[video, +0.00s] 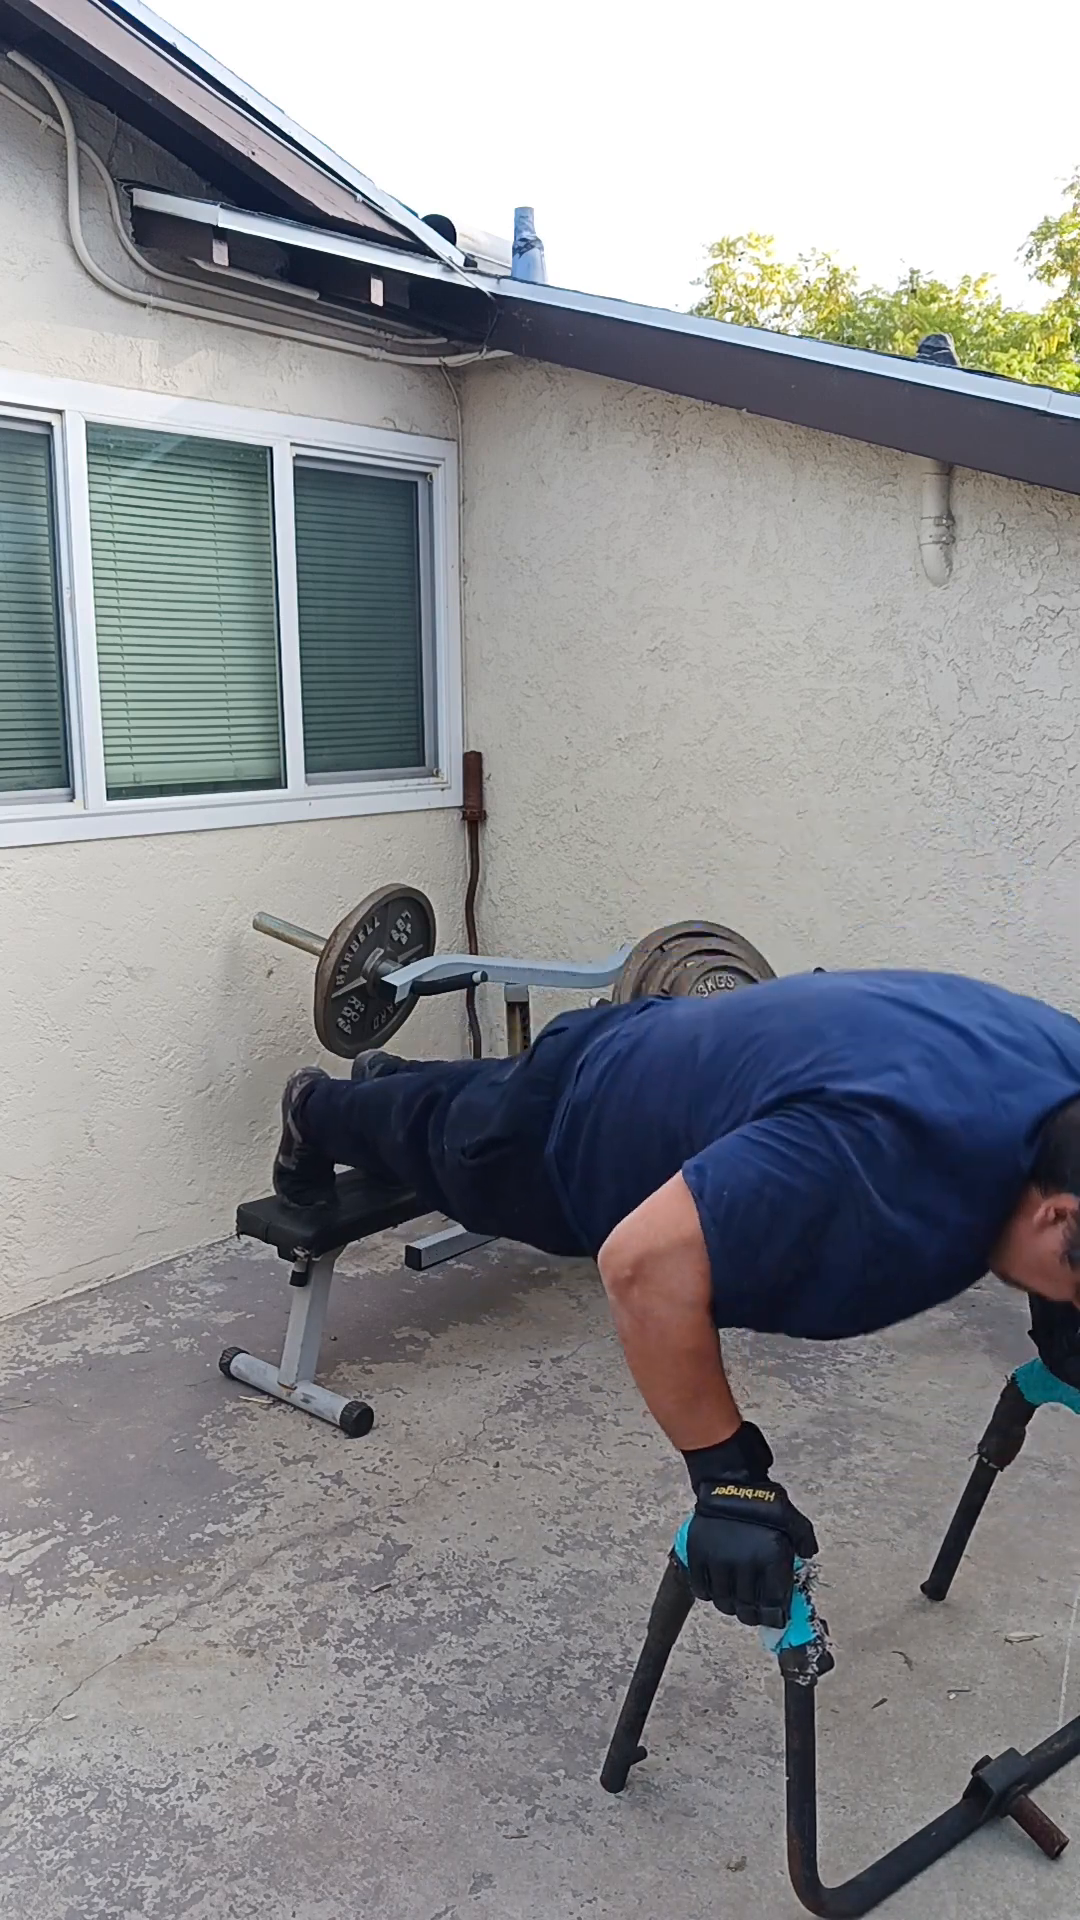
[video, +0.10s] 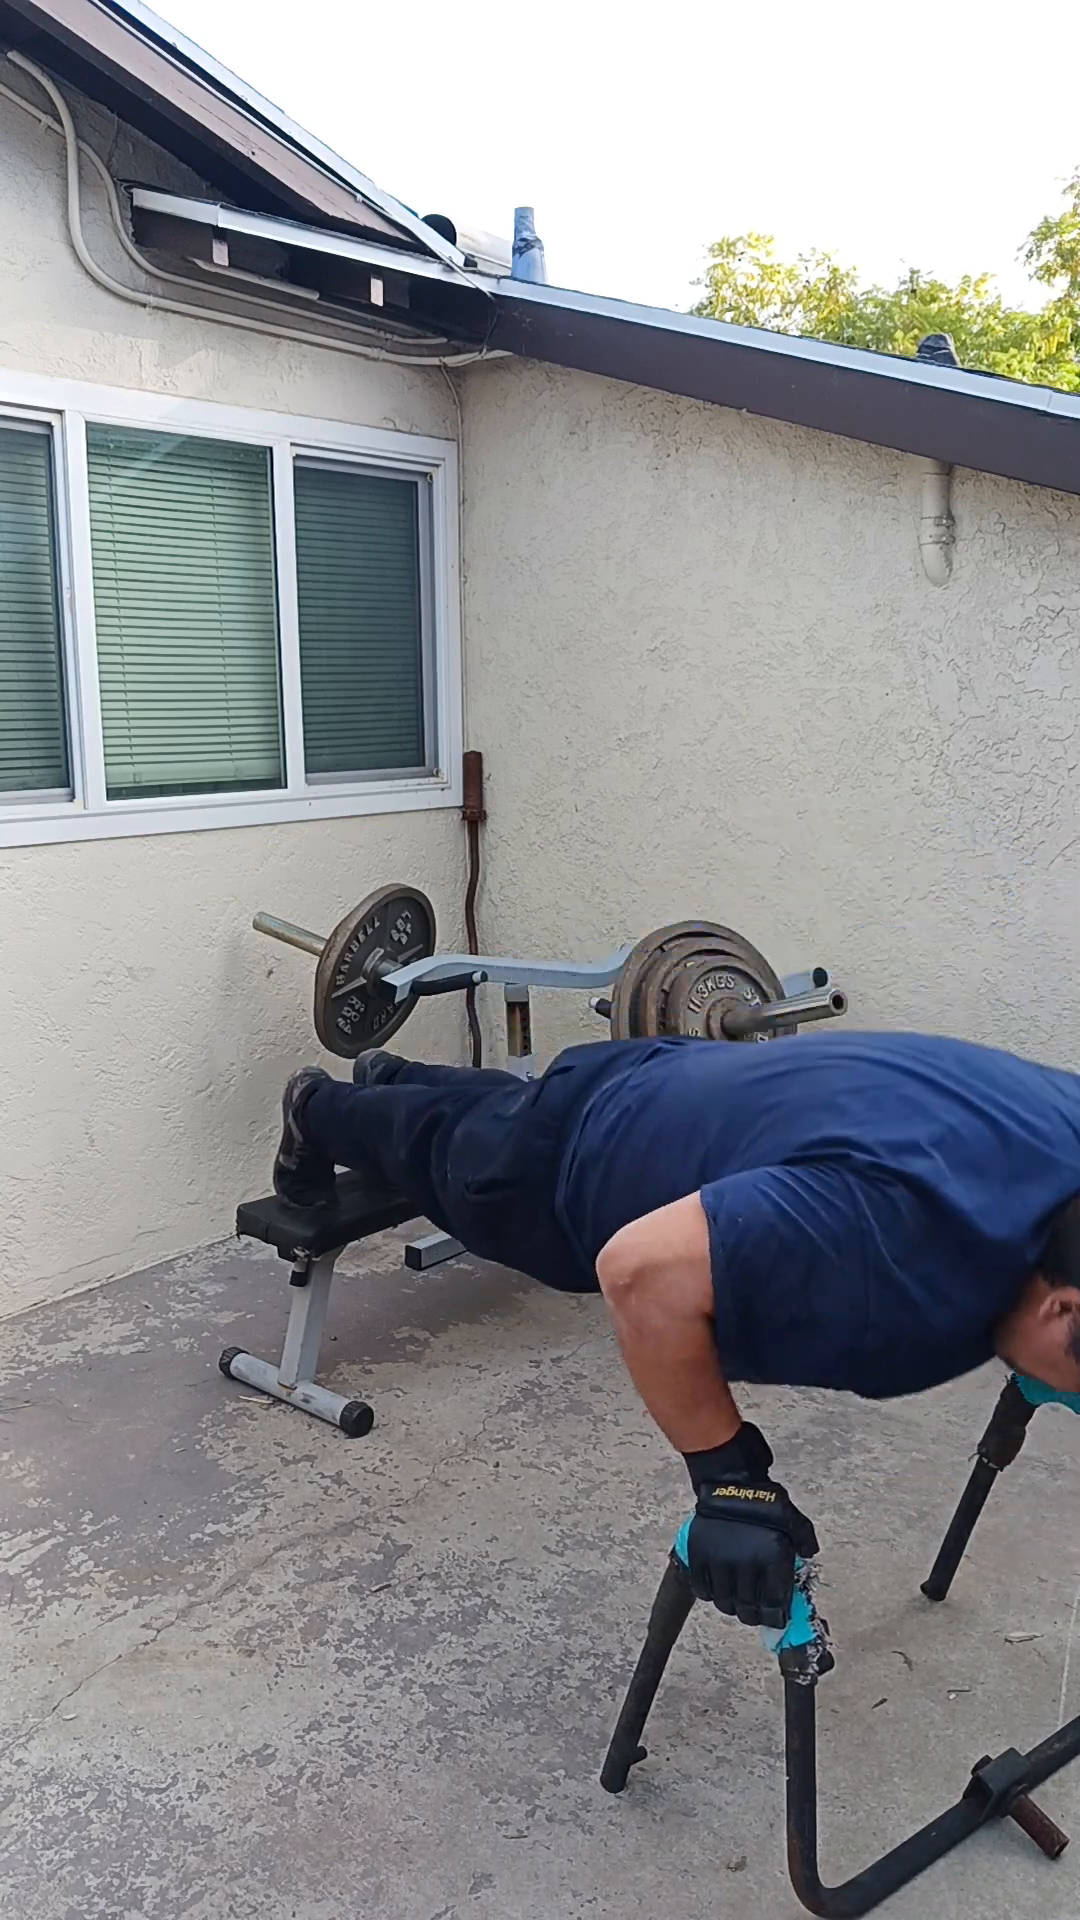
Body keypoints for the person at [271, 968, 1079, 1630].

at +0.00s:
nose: (1045, 1302)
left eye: (1064, 1299)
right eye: (1061, 1286)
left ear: (1063, 1210)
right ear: (1055, 1222)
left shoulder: (1068, 1070)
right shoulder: (880, 1160)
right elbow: (644, 1267)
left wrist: (1052, 1308)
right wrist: (731, 1480)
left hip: (696, 1031)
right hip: (594, 1106)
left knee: (496, 1105)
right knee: (438, 1121)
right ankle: (317, 1111)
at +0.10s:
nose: (1050, 1385)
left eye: (1066, 1379)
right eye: (1066, 1370)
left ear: (1067, 1301)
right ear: (1057, 1308)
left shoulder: (1075, 1132)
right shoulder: (898, 1244)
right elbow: (643, 1277)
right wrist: (731, 1484)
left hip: (704, 1070)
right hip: (601, 1146)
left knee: (524, 1099)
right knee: (442, 1132)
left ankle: (389, 1088)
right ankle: (316, 1107)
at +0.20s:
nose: (1049, 1454)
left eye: (1064, 1448)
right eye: (1068, 1443)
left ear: (1068, 1387)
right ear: (1062, 1391)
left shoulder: (1079, 1184)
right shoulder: (905, 1294)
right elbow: (653, 1277)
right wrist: (731, 1484)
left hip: (706, 1101)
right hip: (598, 1185)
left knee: (529, 1122)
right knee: (443, 1156)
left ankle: (392, 1082)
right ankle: (317, 1106)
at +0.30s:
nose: (1049, 1520)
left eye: (1062, 1515)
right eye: (1065, 1511)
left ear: (1065, 1451)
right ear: (1061, 1456)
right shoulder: (919, 1349)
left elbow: (1061, 1131)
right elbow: (667, 1272)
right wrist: (731, 1486)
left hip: (713, 1132)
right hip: (603, 1208)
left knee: (536, 1128)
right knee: (447, 1177)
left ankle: (392, 1082)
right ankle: (320, 1108)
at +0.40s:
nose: (1046, 1557)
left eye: (1062, 1556)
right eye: (1065, 1545)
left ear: (1068, 1485)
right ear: (1060, 1487)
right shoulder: (934, 1377)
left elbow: (1059, 1131)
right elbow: (686, 1271)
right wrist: (733, 1486)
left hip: (715, 1156)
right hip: (622, 1223)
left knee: (538, 1144)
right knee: (452, 1190)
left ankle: (397, 1084)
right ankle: (324, 1112)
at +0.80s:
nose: (1044, 1454)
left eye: (1061, 1449)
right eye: (1065, 1444)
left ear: (1066, 1388)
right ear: (1062, 1392)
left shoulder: (1073, 1194)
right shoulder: (906, 1287)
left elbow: (1063, 1131)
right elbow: (651, 1284)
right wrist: (729, 1485)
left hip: (701, 1110)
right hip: (593, 1195)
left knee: (530, 1126)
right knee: (441, 1167)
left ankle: (394, 1083)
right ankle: (316, 1111)